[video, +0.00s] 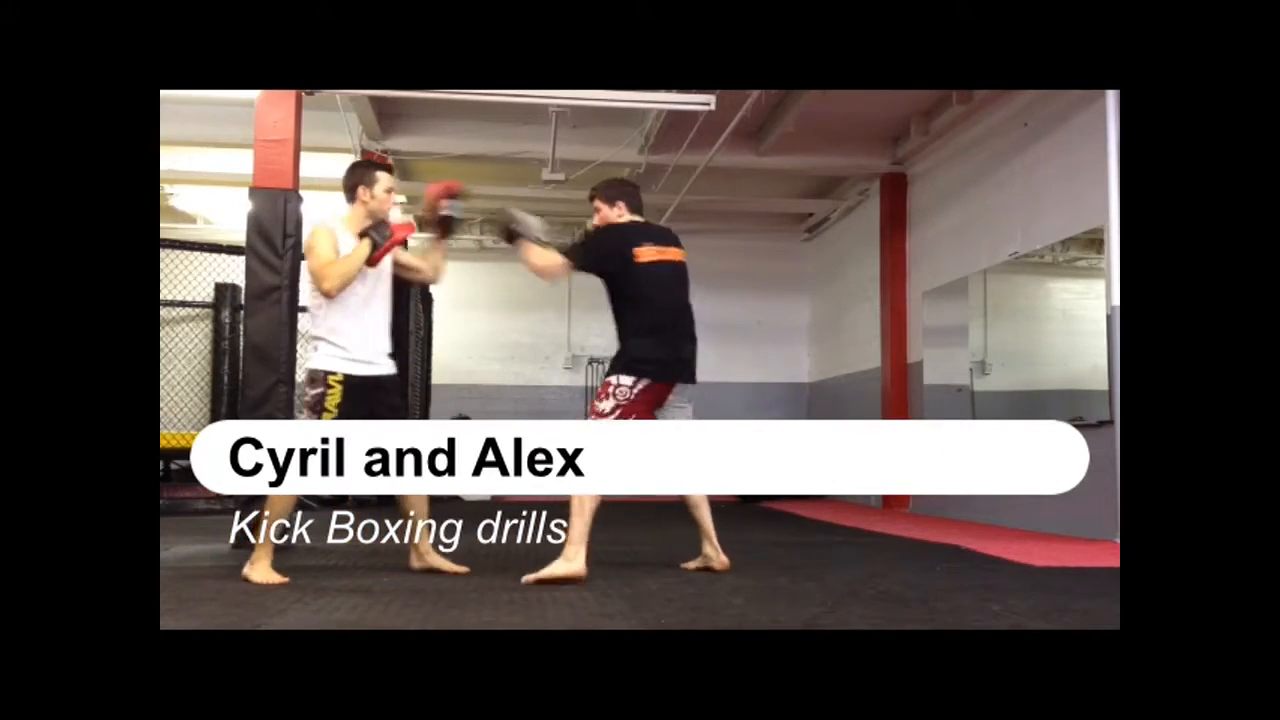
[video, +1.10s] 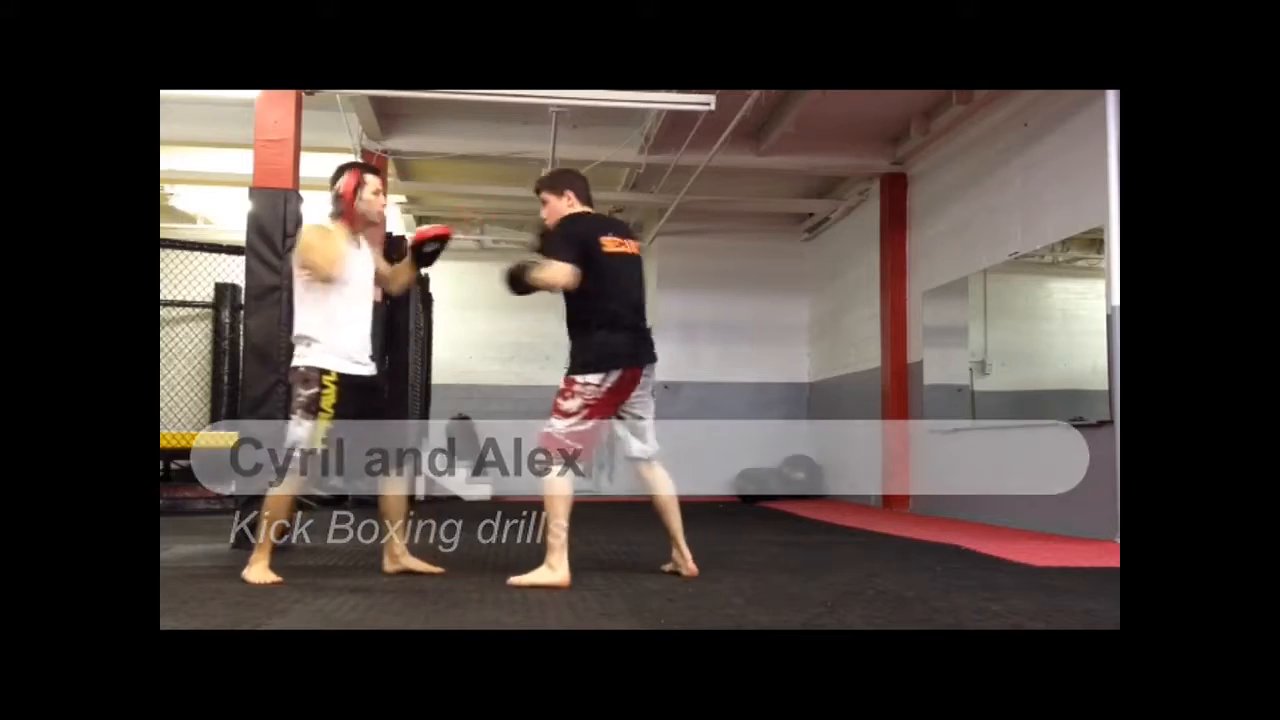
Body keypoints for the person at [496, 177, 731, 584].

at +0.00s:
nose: (595, 218)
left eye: (598, 210)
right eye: (595, 211)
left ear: (618, 207)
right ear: (632, 208)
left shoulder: (609, 239)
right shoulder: (668, 236)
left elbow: (548, 266)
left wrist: (520, 237)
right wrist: (602, 236)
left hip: (641, 360)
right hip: (680, 359)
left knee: (590, 450)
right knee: (682, 452)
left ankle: (573, 555)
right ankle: (712, 549)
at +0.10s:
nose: (583, 219)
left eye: (584, 213)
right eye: (582, 214)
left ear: (605, 207)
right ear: (619, 206)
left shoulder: (597, 232)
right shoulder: (658, 235)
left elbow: (527, 248)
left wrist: (493, 228)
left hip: (634, 362)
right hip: (672, 360)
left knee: (586, 453)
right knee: (662, 450)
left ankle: (572, 559)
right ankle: (707, 541)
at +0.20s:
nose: (570, 232)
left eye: (571, 221)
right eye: (567, 224)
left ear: (595, 210)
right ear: (600, 212)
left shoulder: (616, 242)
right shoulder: (633, 239)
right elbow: (590, 297)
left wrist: (540, 269)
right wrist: (541, 275)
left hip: (635, 371)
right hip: (652, 369)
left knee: (576, 450)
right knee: (635, 452)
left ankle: (570, 560)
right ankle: (704, 535)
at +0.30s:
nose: (562, 252)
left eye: (566, 243)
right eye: (559, 245)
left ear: (590, 234)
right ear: (577, 238)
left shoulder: (635, 265)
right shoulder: (575, 267)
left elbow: (650, 336)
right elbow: (530, 302)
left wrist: (590, 317)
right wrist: (544, 262)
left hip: (636, 383)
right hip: (608, 381)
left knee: (567, 454)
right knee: (621, 474)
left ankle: (569, 561)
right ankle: (704, 538)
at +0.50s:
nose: (533, 248)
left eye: (534, 239)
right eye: (530, 240)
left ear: (554, 231)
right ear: (559, 228)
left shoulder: (598, 263)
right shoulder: (586, 250)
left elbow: (618, 334)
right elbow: (550, 296)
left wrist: (577, 358)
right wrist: (549, 264)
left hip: (609, 379)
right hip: (629, 377)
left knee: (550, 458)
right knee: (632, 457)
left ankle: (567, 559)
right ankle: (690, 532)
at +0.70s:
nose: (533, 228)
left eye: (533, 218)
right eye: (530, 219)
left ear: (552, 208)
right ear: (571, 205)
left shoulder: (558, 244)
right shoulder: (617, 229)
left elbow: (528, 305)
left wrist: (504, 281)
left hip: (598, 365)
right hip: (641, 361)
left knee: (552, 454)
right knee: (638, 455)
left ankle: (563, 558)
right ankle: (682, 549)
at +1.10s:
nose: (544, 215)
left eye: (546, 204)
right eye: (542, 206)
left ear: (569, 198)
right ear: (582, 200)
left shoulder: (571, 227)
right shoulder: (622, 230)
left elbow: (564, 276)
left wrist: (527, 274)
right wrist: (554, 252)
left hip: (598, 360)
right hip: (638, 358)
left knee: (555, 452)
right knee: (646, 457)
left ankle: (556, 564)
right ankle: (683, 555)